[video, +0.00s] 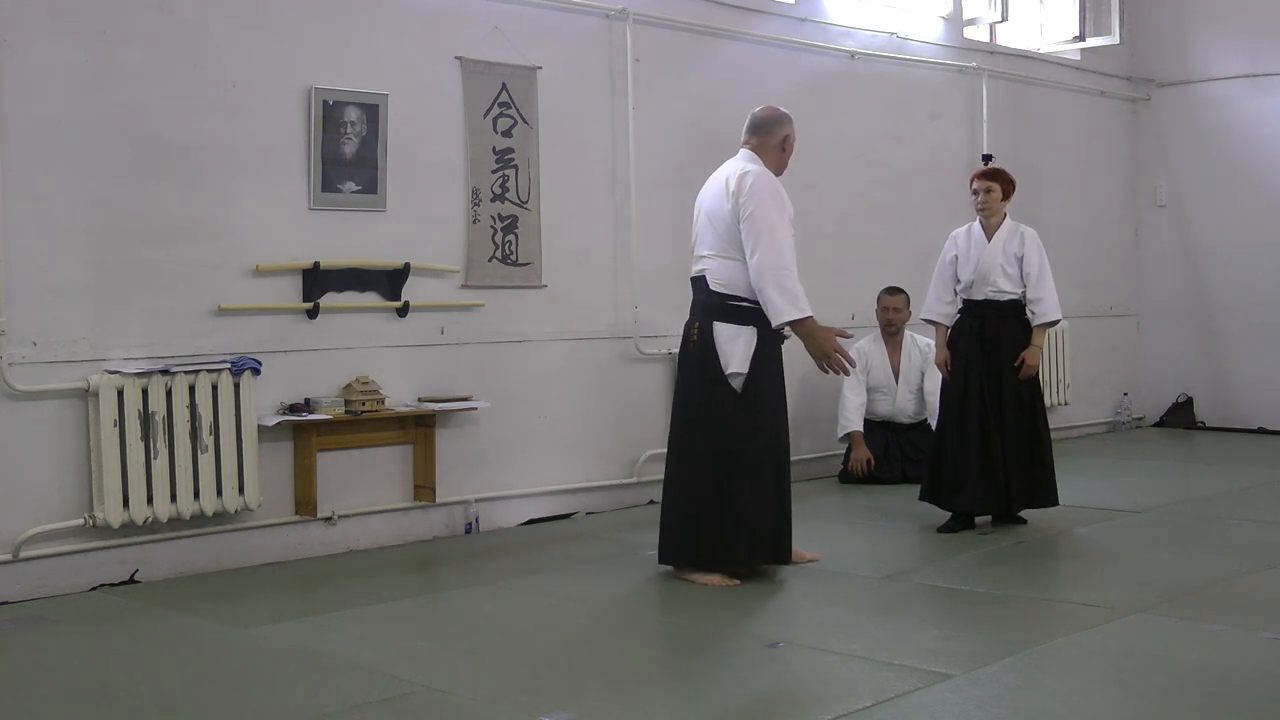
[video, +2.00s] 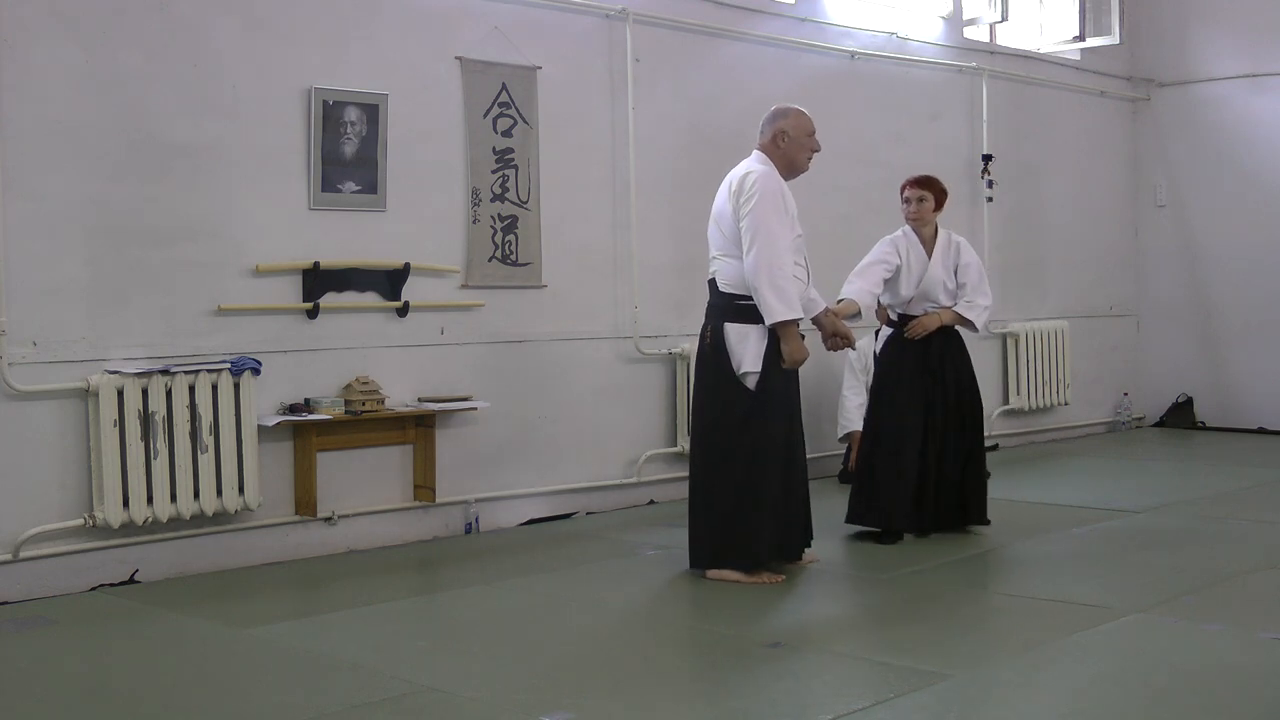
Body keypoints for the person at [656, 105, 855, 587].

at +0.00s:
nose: (792, 157)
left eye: (793, 148)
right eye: (793, 148)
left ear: (746, 137)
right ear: (784, 143)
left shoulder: (725, 176)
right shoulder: (758, 182)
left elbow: (741, 266)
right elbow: (771, 268)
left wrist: (800, 322)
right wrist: (811, 333)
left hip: (723, 321)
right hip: (732, 325)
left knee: (761, 435)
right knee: (711, 441)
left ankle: (766, 543)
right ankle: (693, 558)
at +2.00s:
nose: (816, 148)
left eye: (815, 140)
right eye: (810, 139)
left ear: (778, 140)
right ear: (779, 139)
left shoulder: (767, 182)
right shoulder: (759, 181)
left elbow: (788, 265)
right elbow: (763, 262)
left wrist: (823, 314)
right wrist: (788, 333)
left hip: (762, 323)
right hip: (744, 323)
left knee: (774, 437)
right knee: (738, 441)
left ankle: (776, 545)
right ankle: (725, 558)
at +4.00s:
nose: (782, 137)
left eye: (783, 129)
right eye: (772, 128)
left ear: (746, 134)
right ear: (740, 132)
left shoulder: (743, 181)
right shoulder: (730, 182)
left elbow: (764, 263)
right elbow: (736, 262)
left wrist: (804, 305)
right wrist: (764, 330)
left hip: (755, 327)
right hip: (730, 331)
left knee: (770, 440)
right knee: (734, 447)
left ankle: (778, 542)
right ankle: (731, 559)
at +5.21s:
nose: (776, 138)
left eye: (774, 129)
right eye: (768, 129)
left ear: (735, 134)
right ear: (737, 134)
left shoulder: (725, 180)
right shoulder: (721, 182)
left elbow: (742, 263)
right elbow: (735, 258)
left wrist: (790, 306)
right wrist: (794, 264)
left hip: (748, 325)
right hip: (727, 329)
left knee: (769, 438)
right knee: (734, 446)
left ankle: (776, 541)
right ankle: (734, 561)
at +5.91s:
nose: (782, 138)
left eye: (779, 130)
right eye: (773, 131)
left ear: (739, 137)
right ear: (742, 136)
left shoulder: (723, 178)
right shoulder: (730, 183)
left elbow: (745, 266)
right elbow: (753, 258)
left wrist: (790, 309)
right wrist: (808, 236)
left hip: (744, 324)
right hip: (731, 327)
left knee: (762, 439)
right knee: (734, 444)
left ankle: (775, 544)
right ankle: (731, 560)